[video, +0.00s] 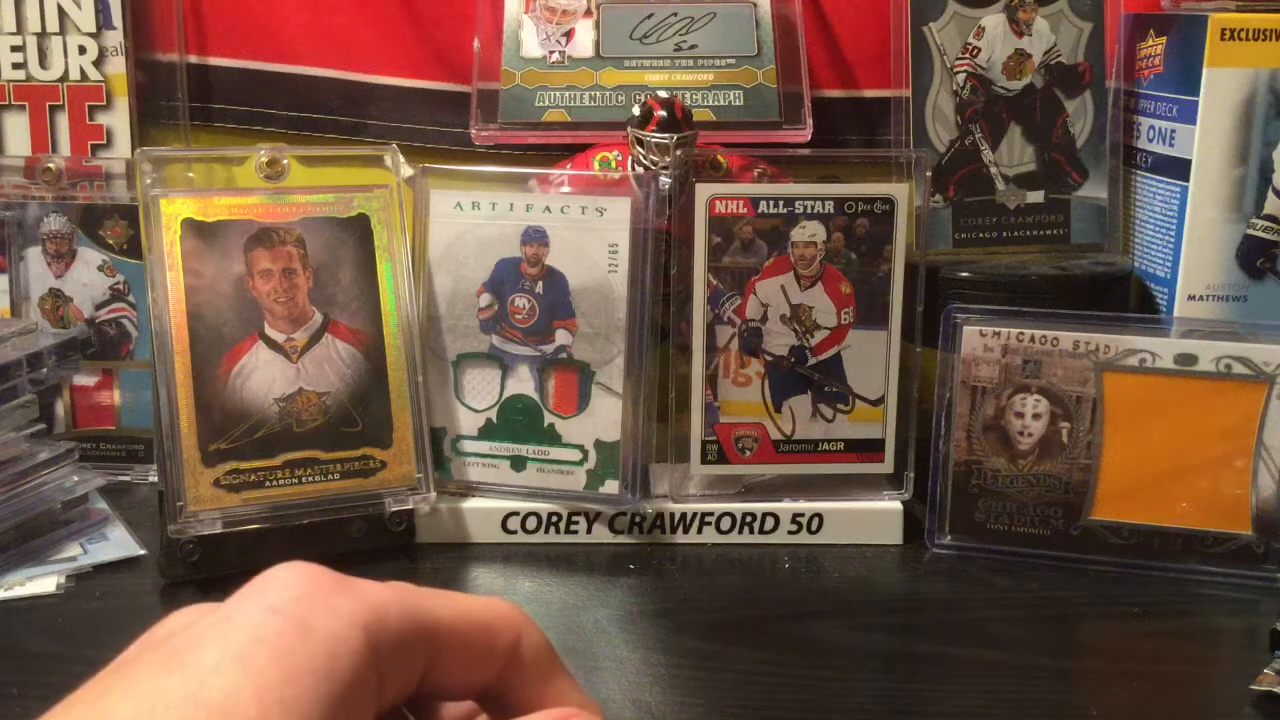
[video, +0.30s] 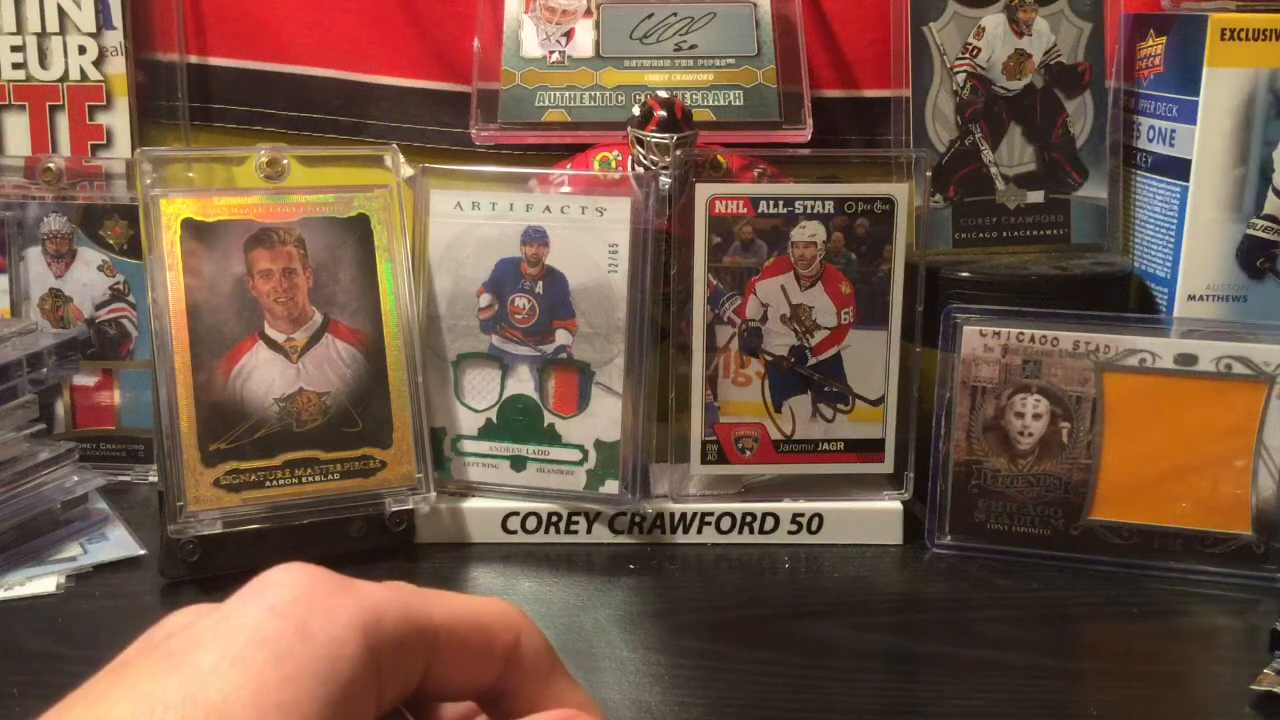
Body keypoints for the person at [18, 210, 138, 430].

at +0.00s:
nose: (57, 246)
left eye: (63, 240)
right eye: (51, 240)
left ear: (72, 240)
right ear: (43, 241)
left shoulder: (96, 264)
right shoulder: (27, 261)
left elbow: (121, 309)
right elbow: (13, 309)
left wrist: (103, 336)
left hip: (88, 368)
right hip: (40, 365)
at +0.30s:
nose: (57, 247)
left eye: (63, 240)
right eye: (51, 241)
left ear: (72, 240)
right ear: (43, 242)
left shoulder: (96, 264)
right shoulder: (28, 261)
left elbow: (121, 309)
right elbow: (14, 309)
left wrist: (104, 337)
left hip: (88, 368)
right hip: (41, 365)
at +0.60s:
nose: (57, 247)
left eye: (63, 240)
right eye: (51, 241)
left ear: (72, 240)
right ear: (43, 242)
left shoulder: (96, 264)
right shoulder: (28, 261)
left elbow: (121, 307)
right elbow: (14, 308)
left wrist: (106, 336)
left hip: (88, 366)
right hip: (40, 363)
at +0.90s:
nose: (57, 247)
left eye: (63, 241)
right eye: (51, 241)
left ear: (72, 240)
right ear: (43, 243)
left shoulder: (96, 264)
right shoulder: (28, 261)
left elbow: (120, 306)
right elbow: (14, 309)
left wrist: (106, 335)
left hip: (88, 369)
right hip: (40, 366)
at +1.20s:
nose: (57, 247)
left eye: (62, 240)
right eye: (51, 241)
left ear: (72, 240)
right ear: (43, 243)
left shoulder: (96, 264)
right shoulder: (28, 260)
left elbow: (120, 302)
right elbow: (16, 308)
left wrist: (109, 333)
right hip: (41, 362)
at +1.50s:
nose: (57, 247)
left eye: (62, 240)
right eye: (51, 241)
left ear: (72, 240)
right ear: (43, 243)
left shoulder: (96, 264)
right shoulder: (28, 260)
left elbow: (120, 302)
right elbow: (15, 307)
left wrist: (108, 333)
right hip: (40, 361)